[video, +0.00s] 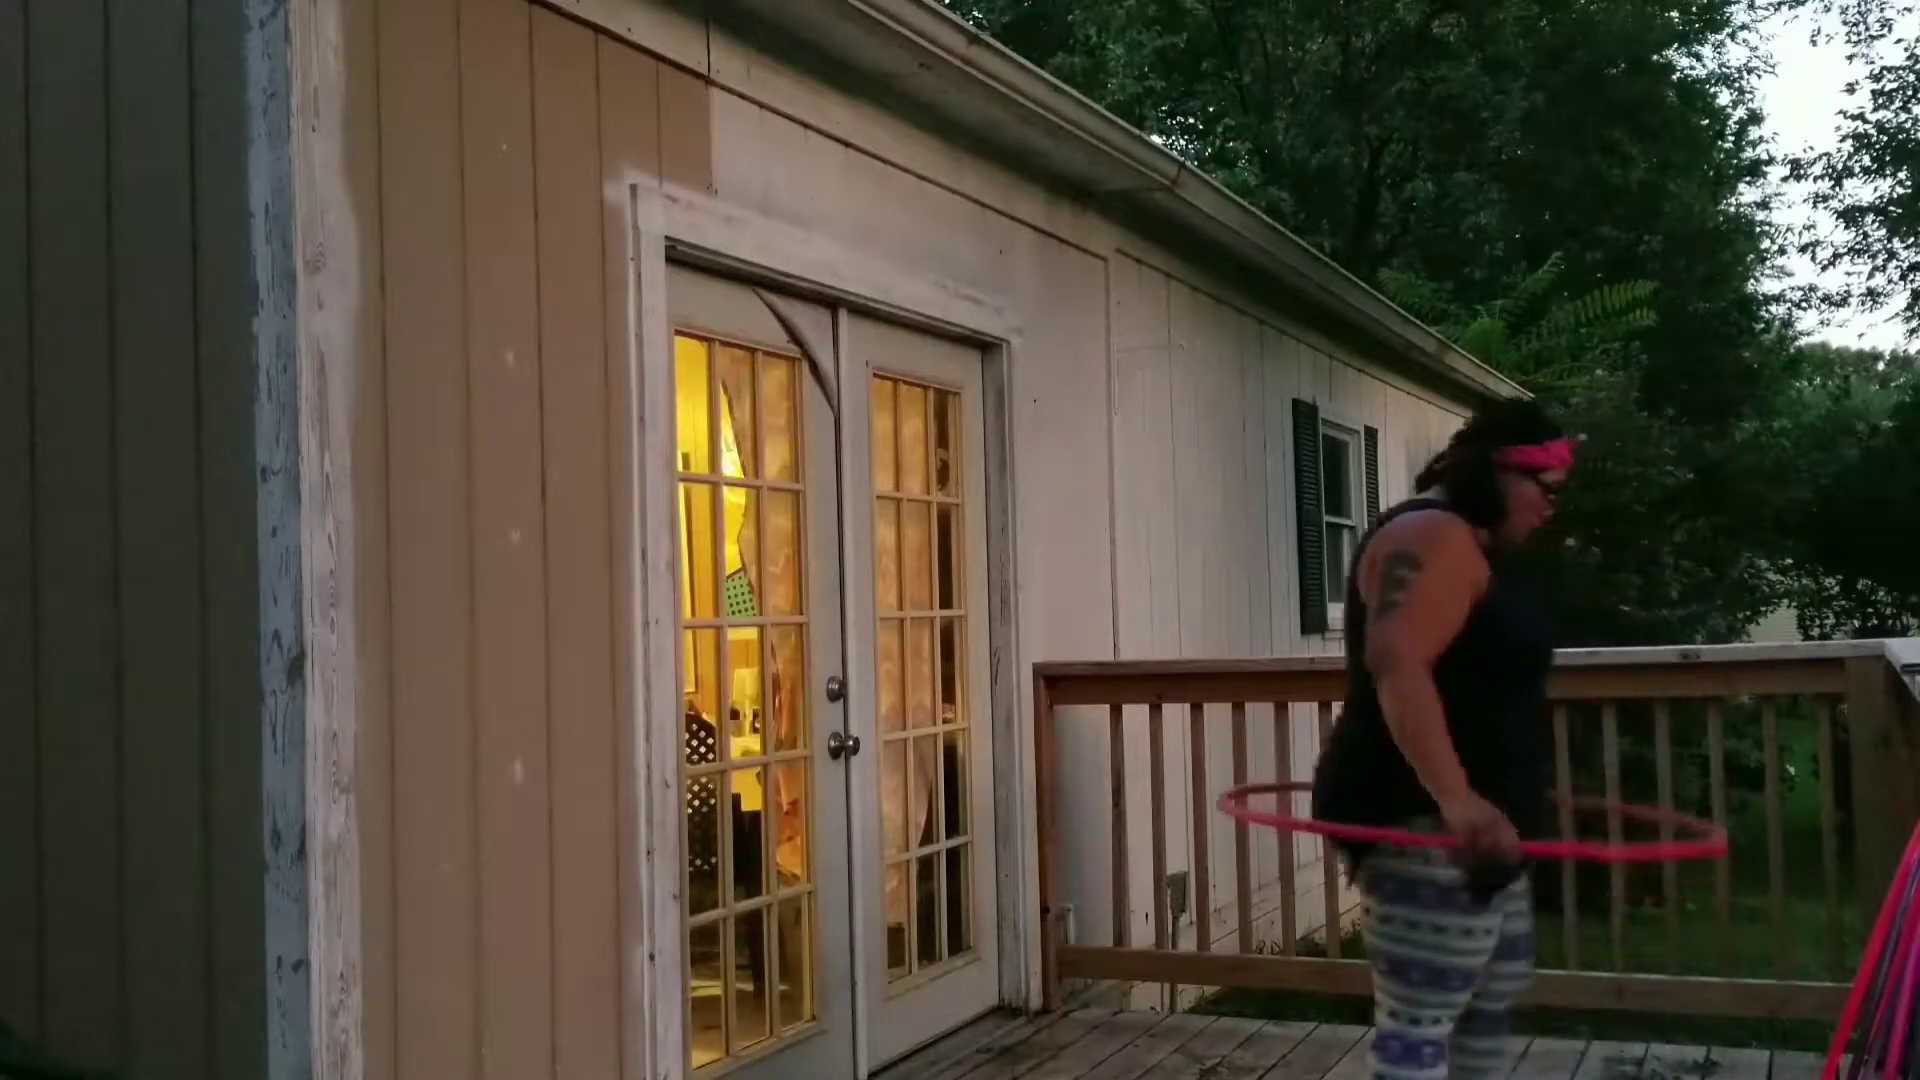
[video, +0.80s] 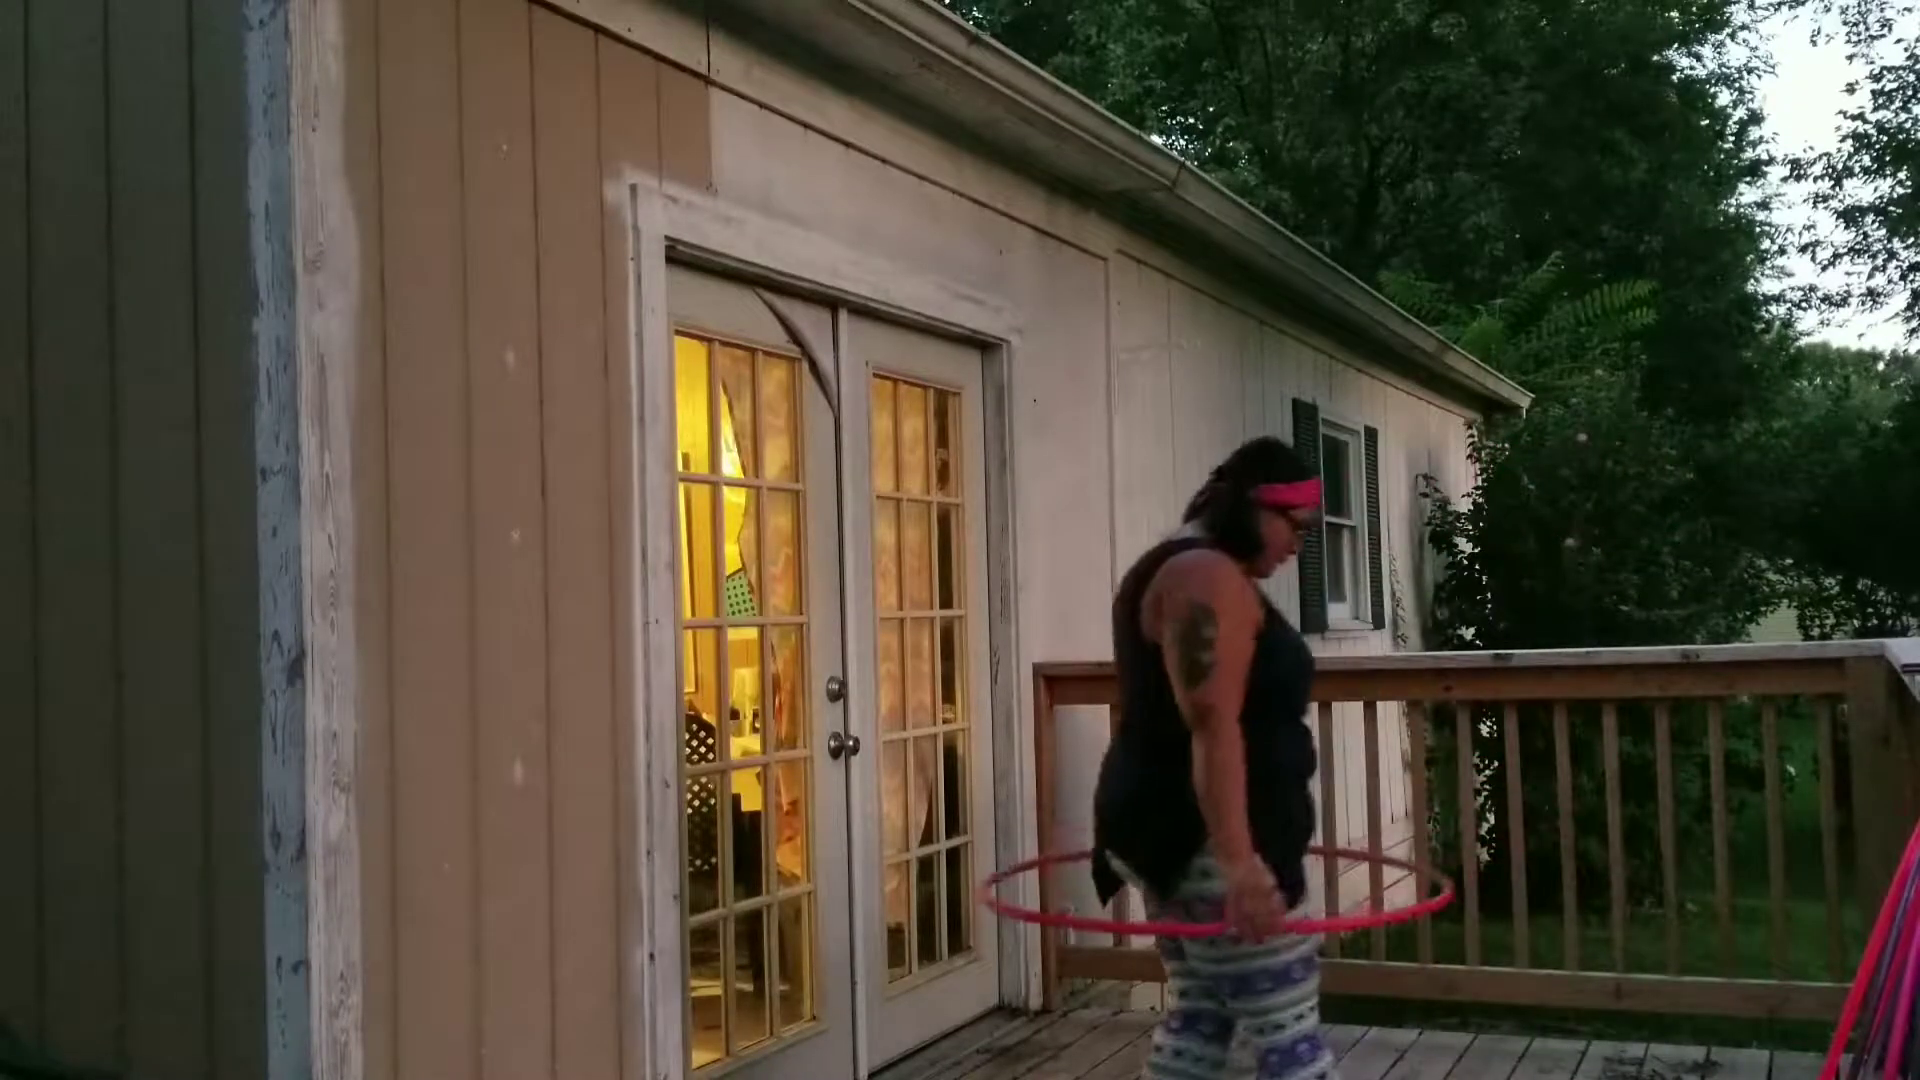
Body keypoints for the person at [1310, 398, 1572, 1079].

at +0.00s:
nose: (1550, 505)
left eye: (1555, 491)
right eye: (1543, 485)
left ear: (1491, 475)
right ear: (1493, 471)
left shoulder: (1474, 546)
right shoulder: (1432, 538)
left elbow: (1469, 686)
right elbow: (1395, 662)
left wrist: (1519, 796)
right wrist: (1454, 795)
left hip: (1489, 811)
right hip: (1417, 815)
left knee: (1498, 988)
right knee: (1422, 1019)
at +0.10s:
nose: (1524, 509)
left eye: (1529, 494)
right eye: (1518, 489)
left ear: (1458, 474)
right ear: (1470, 473)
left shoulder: (1388, 529)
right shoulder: (1418, 536)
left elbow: (1316, 640)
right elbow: (1347, 638)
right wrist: (1447, 746)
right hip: (1412, 818)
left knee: (1392, 998)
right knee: (1407, 1030)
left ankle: (1343, 1056)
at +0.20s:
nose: (1497, 510)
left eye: (1503, 496)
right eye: (1490, 490)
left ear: (1435, 475)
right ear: (1443, 473)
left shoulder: (1368, 527)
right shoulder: (1390, 532)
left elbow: (1278, 629)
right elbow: (1306, 616)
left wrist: (1372, 700)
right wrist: (1418, 702)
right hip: (1390, 809)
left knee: (1343, 989)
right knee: (1394, 1023)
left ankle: (1266, 1067)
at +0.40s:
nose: (1433, 521)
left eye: (1438, 506)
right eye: (1428, 501)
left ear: (1367, 482)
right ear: (1385, 485)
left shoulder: (1285, 539)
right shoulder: (1340, 550)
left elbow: (1232, 653)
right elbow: (1263, 654)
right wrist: (1351, 769)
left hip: (1274, 819)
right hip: (1343, 828)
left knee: (1270, 1000)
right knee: (1357, 1032)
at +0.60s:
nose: (1364, 529)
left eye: (1368, 516)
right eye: (1358, 511)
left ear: (1302, 498)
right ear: (1315, 497)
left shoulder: (1238, 557)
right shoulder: (1271, 561)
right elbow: (1231, 688)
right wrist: (1289, 830)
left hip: (1219, 836)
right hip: (1279, 845)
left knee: (1222, 1011)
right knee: (1322, 1034)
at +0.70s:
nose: (1331, 537)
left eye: (1335, 523)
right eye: (1324, 518)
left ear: (1272, 503)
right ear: (1282, 502)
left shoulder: (1219, 565)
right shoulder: (1237, 568)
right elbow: (1221, 722)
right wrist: (1266, 855)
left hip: (1198, 835)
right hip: (1241, 841)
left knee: (1201, 1024)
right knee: (1306, 1037)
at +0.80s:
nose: (1299, 544)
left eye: (1306, 530)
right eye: (1295, 525)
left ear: (1246, 507)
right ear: (1253, 506)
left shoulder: (1182, 571)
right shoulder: (1209, 577)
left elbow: (1156, 724)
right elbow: (1213, 725)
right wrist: (1241, 861)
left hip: (1173, 832)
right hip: (1215, 837)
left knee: (1199, 1018)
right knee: (1284, 1020)